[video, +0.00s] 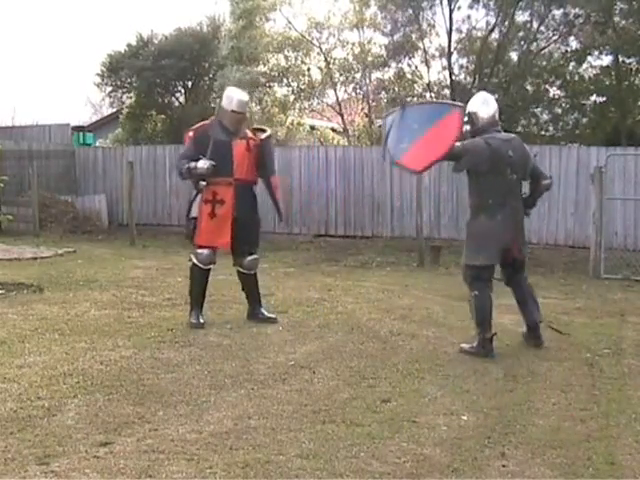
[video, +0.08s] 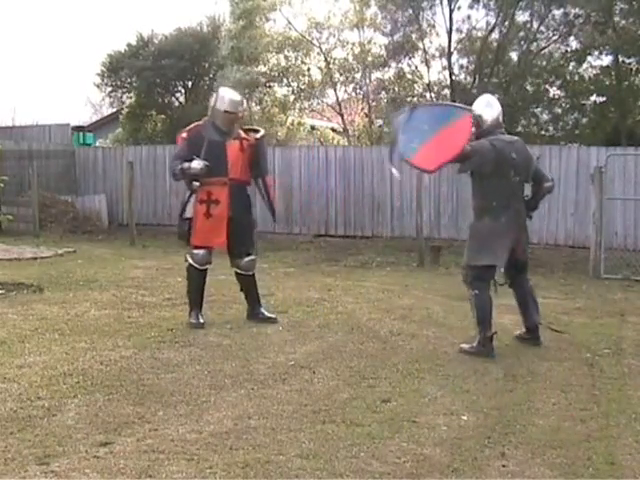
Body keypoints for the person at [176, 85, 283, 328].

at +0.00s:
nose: (239, 118)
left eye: (243, 113)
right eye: (235, 113)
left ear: (247, 113)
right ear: (223, 110)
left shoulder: (252, 138)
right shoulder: (204, 133)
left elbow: (265, 173)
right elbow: (182, 165)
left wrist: (264, 144)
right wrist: (194, 168)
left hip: (244, 200)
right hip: (212, 200)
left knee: (248, 259)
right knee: (204, 255)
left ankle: (255, 308)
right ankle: (196, 310)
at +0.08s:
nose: (233, 118)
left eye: (237, 113)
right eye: (228, 113)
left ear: (240, 113)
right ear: (215, 110)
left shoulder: (244, 138)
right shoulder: (197, 134)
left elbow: (258, 173)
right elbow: (175, 167)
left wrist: (257, 144)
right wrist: (187, 168)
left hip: (238, 202)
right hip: (206, 202)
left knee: (245, 259)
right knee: (200, 256)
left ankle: (255, 308)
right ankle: (195, 310)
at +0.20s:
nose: (222, 119)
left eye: (226, 114)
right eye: (218, 113)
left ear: (230, 113)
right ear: (204, 111)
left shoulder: (233, 138)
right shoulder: (187, 134)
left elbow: (249, 173)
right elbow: (166, 168)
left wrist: (250, 146)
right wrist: (179, 169)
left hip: (231, 201)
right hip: (200, 202)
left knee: (242, 258)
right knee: (196, 256)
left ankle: (252, 308)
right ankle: (195, 311)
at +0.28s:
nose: (218, 118)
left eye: (221, 113)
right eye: (213, 113)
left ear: (225, 113)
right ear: (200, 111)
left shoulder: (230, 138)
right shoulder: (181, 135)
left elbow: (244, 173)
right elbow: (161, 168)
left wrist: (247, 146)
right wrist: (174, 170)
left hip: (229, 203)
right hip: (197, 204)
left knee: (241, 257)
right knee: (194, 257)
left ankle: (248, 307)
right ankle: (195, 311)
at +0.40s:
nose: (210, 117)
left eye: (214, 112)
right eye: (205, 112)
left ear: (218, 112)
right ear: (193, 111)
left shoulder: (223, 137)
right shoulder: (177, 135)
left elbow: (239, 172)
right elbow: (156, 168)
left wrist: (241, 147)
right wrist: (168, 170)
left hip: (225, 201)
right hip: (194, 203)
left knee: (239, 255)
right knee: (193, 257)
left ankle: (238, 308)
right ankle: (195, 311)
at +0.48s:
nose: (206, 117)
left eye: (209, 112)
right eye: (201, 112)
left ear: (215, 112)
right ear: (189, 111)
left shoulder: (221, 137)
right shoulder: (175, 137)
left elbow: (237, 172)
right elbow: (153, 169)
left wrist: (239, 148)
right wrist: (165, 171)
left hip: (222, 198)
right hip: (193, 201)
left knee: (236, 254)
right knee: (193, 256)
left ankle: (232, 309)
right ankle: (195, 311)